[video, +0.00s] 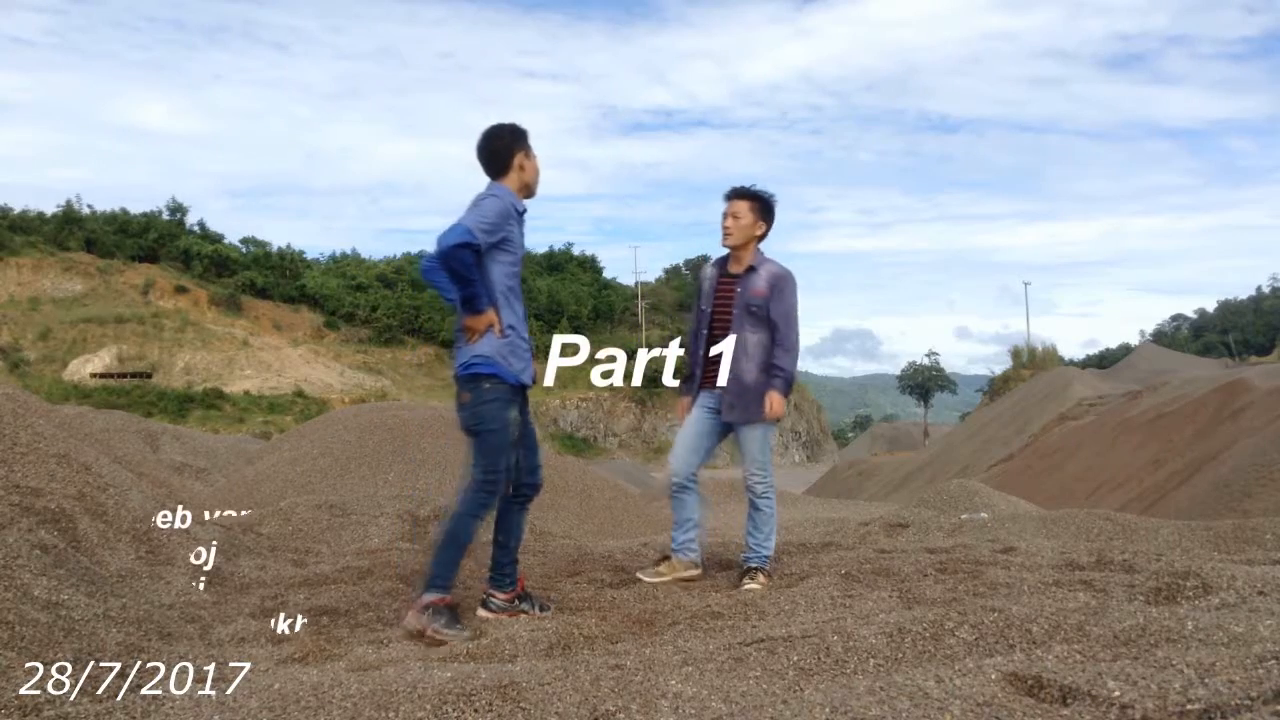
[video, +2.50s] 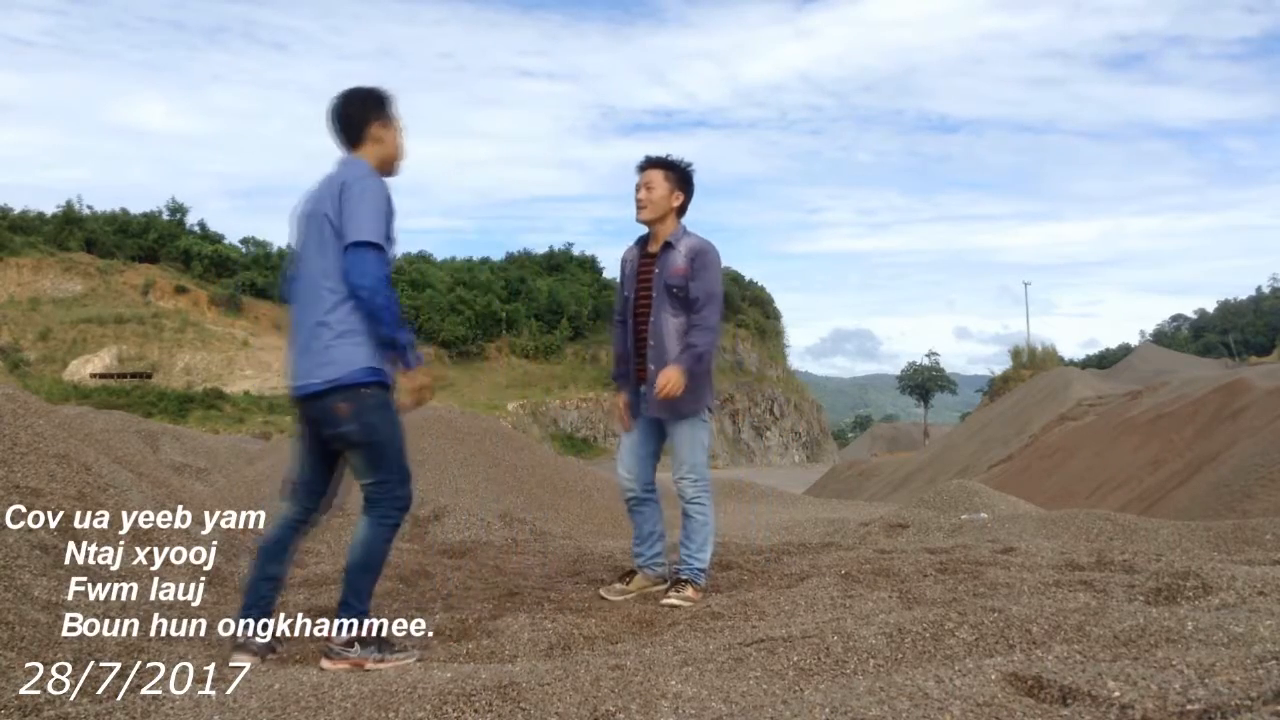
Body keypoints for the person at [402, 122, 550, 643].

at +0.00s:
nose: (538, 166)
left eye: (533, 157)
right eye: (533, 156)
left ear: (500, 165)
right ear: (520, 161)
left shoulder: (497, 209)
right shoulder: (499, 203)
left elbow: (432, 267)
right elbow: (450, 248)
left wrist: (473, 312)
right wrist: (474, 308)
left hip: (504, 378)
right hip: (489, 376)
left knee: (524, 480)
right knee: (487, 485)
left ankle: (504, 591)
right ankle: (432, 600)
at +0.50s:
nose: (555, 171)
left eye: (552, 162)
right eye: (552, 162)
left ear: (515, 168)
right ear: (538, 166)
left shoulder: (496, 210)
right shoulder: (519, 204)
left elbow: (440, 266)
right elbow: (479, 240)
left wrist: (476, 313)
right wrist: (496, 304)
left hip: (492, 372)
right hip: (513, 369)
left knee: (514, 481)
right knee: (561, 467)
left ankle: (500, 589)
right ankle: (527, 582)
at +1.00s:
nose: (565, 165)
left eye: (563, 155)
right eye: (562, 155)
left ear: (523, 158)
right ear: (549, 156)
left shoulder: (503, 202)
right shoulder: (527, 196)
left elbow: (463, 273)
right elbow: (494, 247)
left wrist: (520, 298)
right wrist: (548, 299)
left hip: (493, 364)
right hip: (516, 363)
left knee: (513, 476)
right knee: (547, 469)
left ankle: (504, 586)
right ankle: (534, 588)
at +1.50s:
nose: (465, 168)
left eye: (460, 159)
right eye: (461, 160)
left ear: (413, 170)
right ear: (450, 165)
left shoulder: (378, 229)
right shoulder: (474, 221)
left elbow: (360, 313)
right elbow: (519, 293)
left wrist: (397, 330)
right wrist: (545, 320)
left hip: (403, 395)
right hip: (462, 393)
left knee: (456, 481)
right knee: (467, 504)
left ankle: (473, 587)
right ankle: (431, 619)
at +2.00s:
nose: (366, 163)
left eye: (361, 153)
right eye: (361, 153)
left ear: (315, 162)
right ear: (345, 155)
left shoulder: (273, 215)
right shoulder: (360, 205)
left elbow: (221, 291)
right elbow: (358, 286)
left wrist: (251, 362)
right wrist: (358, 370)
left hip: (281, 385)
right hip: (338, 381)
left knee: (293, 506)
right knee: (402, 487)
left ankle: (251, 631)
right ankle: (415, 615)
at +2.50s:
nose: (402, 140)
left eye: (398, 129)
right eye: (395, 128)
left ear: (350, 135)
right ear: (375, 131)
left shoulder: (318, 197)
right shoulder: (362, 182)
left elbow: (293, 284)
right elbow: (366, 276)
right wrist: (406, 348)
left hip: (314, 384)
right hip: (353, 377)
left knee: (303, 502)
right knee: (388, 498)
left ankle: (251, 625)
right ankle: (351, 633)